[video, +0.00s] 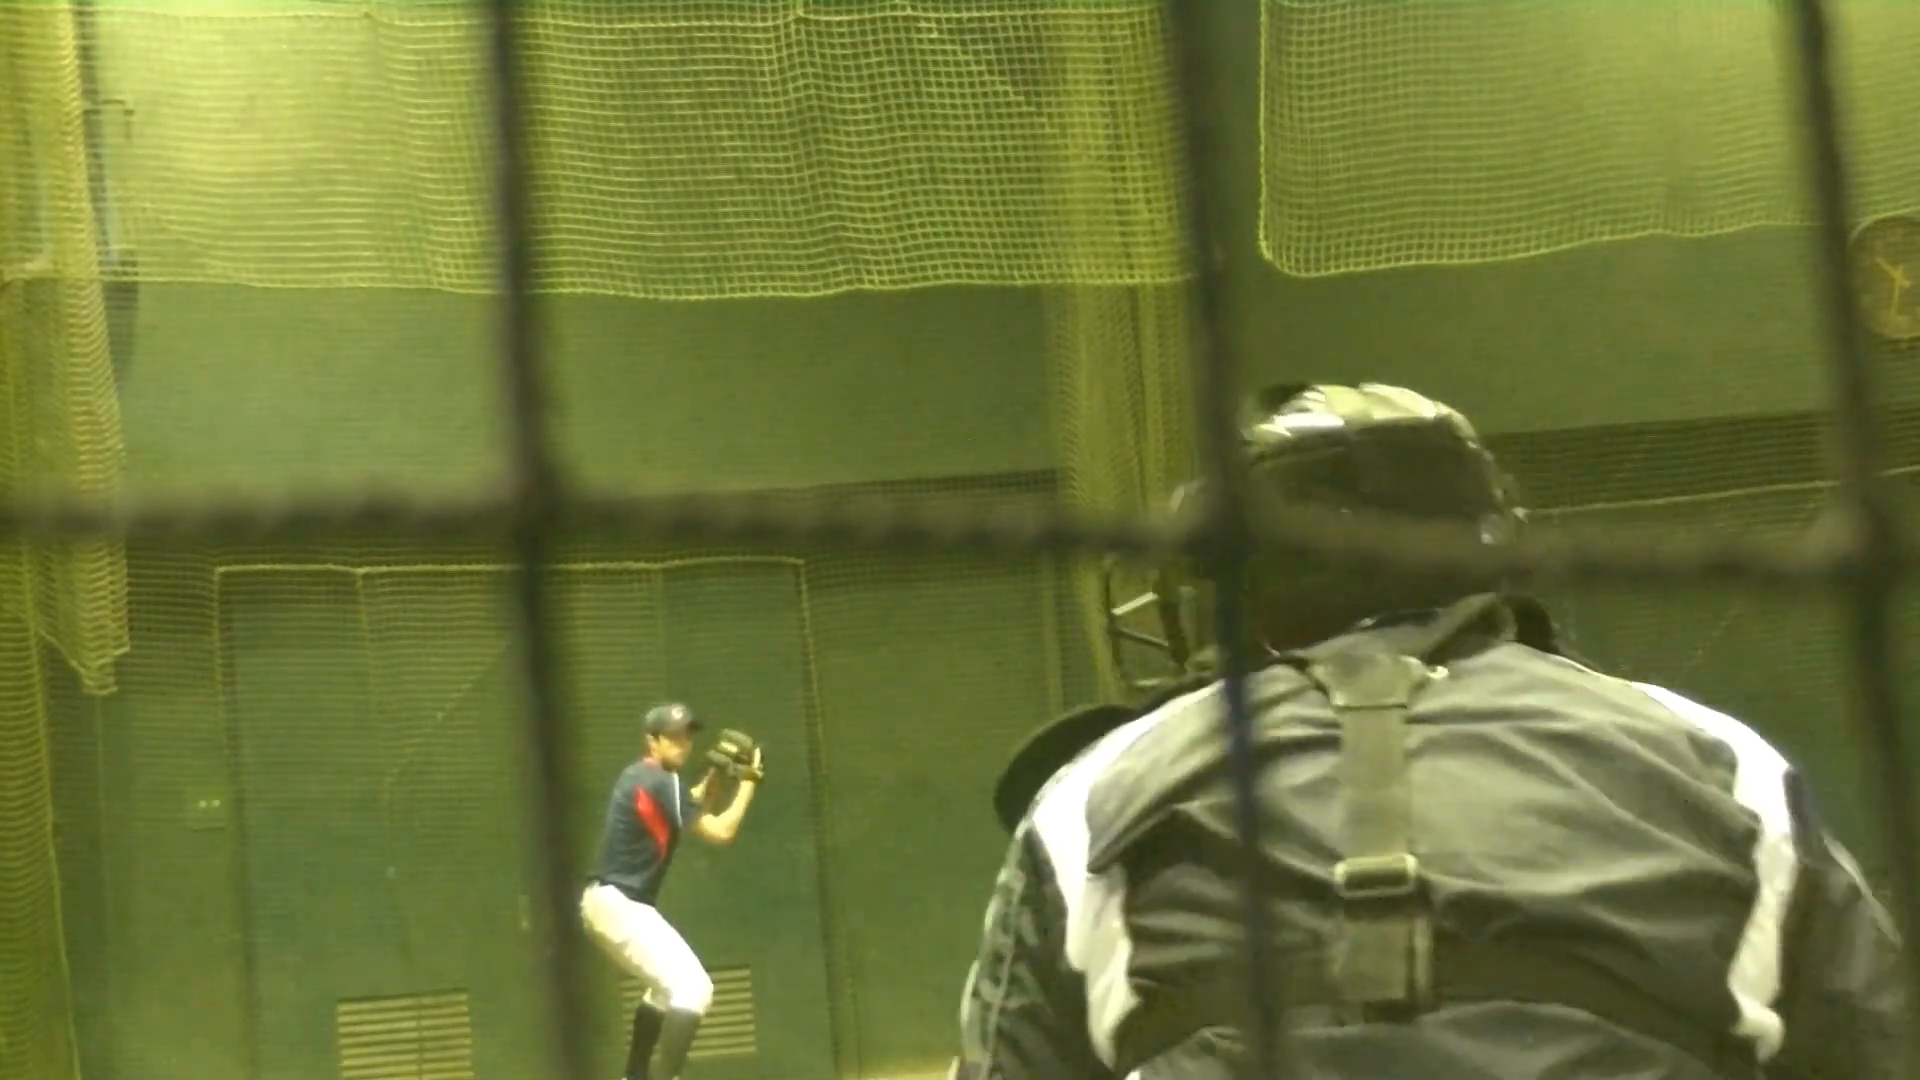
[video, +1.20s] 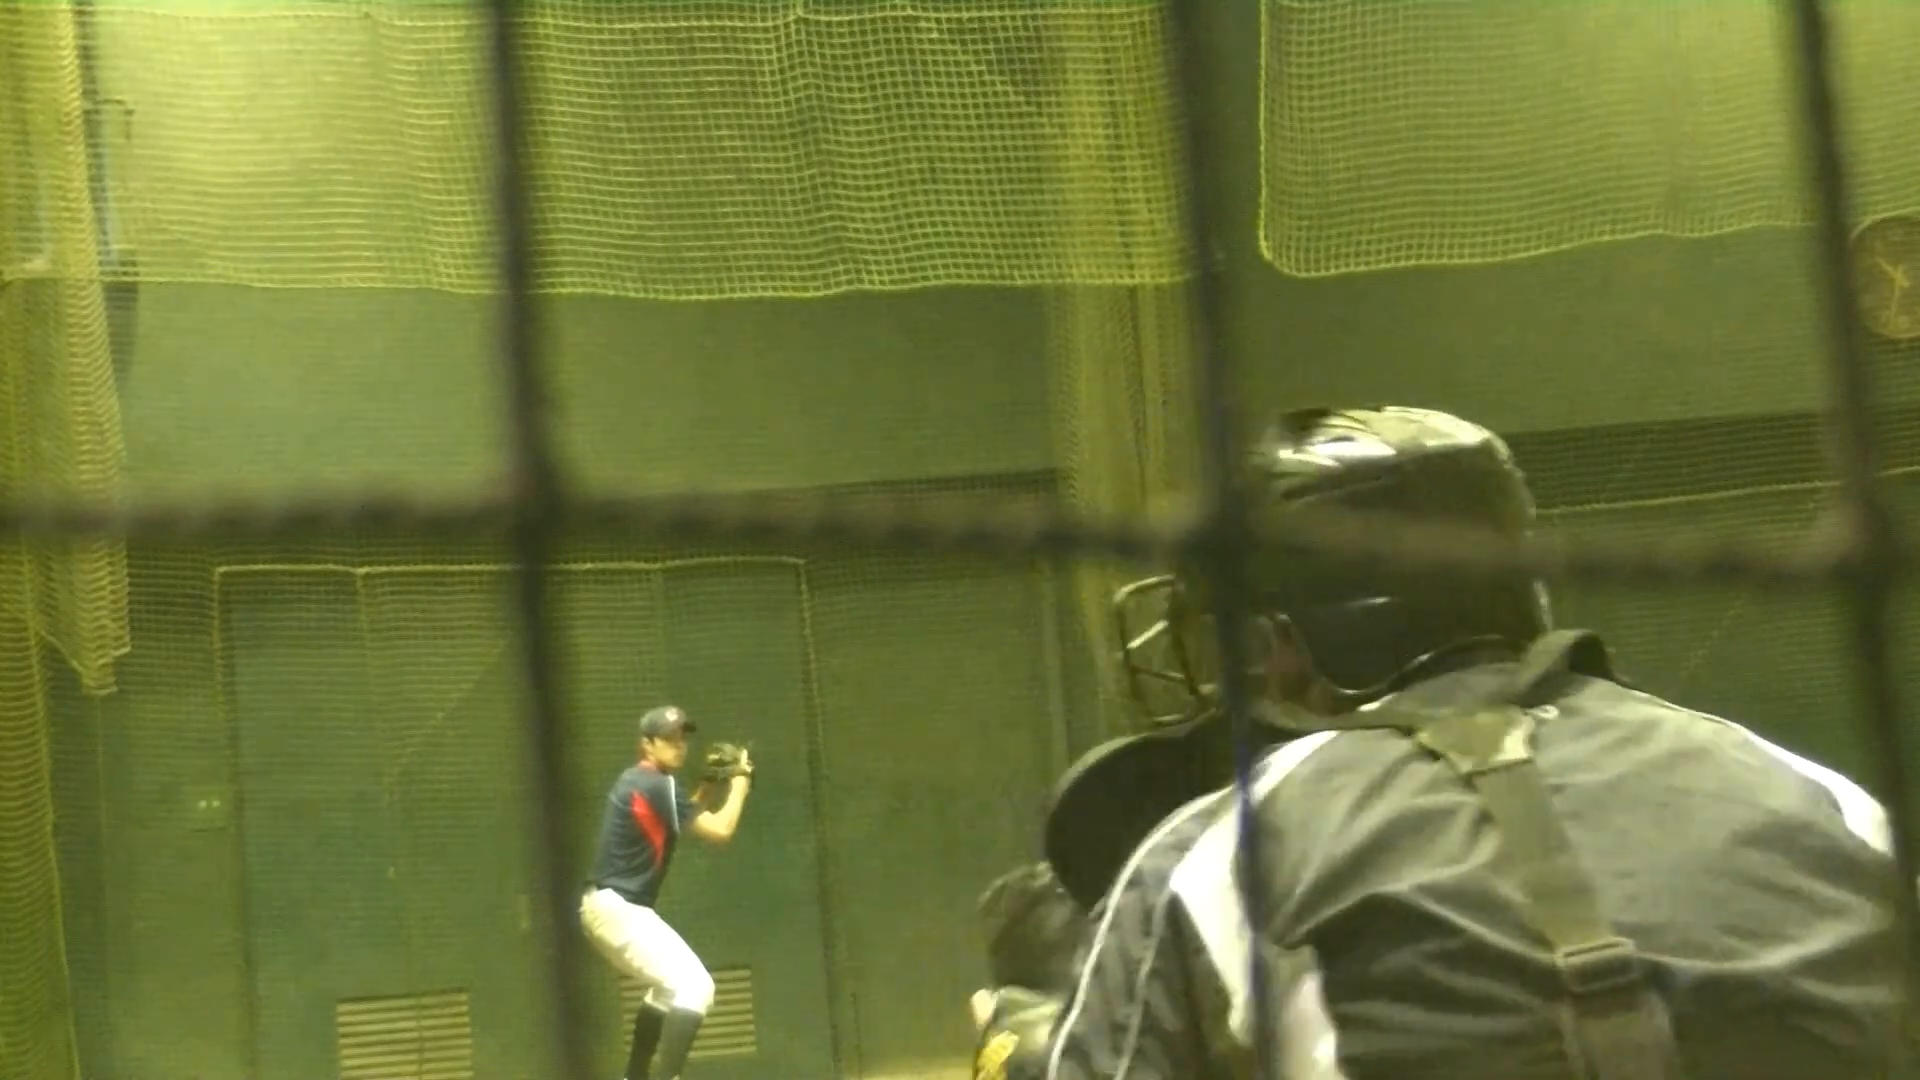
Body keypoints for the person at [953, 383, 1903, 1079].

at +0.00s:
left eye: (1221, 576)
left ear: (1245, 595)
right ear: (1494, 577)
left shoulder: (1087, 799)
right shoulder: (1718, 760)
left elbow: (1009, 1066)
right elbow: (1875, 1041)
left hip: (1215, 1045)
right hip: (1595, 1036)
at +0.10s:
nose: (1164, 609)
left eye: (1174, 576)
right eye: (1170, 574)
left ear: (1207, 587)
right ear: (1446, 552)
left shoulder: (1044, 791)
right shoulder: (1671, 731)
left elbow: (968, 1065)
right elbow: (1861, 1051)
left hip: (1177, 1044)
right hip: (1563, 1034)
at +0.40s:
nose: (1007, 606)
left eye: (1003, 579)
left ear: (1041, 596)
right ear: (1282, 519)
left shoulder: (907, 816)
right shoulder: (1519, 664)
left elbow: (886, 1065)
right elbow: (1745, 1008)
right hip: (1467, 1045)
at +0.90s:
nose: (1077, 621)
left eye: (1080, 586)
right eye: (1071, 585)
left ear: (1132, 608)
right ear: (1357, 561)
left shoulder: (1004, 858)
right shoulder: (1654, 739)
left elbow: (938, 1068)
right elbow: (1866, 1025)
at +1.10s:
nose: (1173, 670)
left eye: (1182, 628)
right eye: (1165, 631)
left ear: (1246, 634)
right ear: (1456, 593)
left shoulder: (1135, 886)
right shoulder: (1784, 802)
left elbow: (1046, 1071)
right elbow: (1869, 1051)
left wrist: (980, 1007)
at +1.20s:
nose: (1229, 671)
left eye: (1230, 636)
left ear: (1282, 658)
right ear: (1527, 612)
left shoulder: (1197, 883)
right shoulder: (1837, 815)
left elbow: (1089, 1070)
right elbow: (1889, 1035)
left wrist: (1018, 1002)